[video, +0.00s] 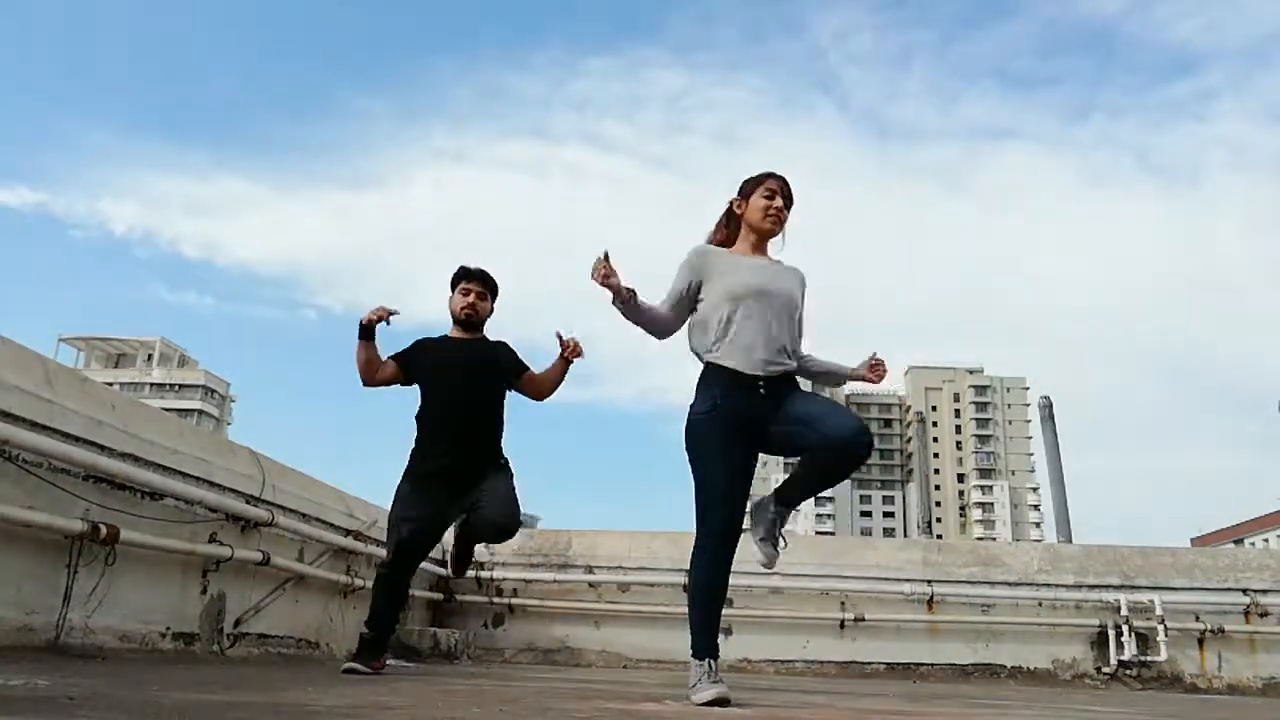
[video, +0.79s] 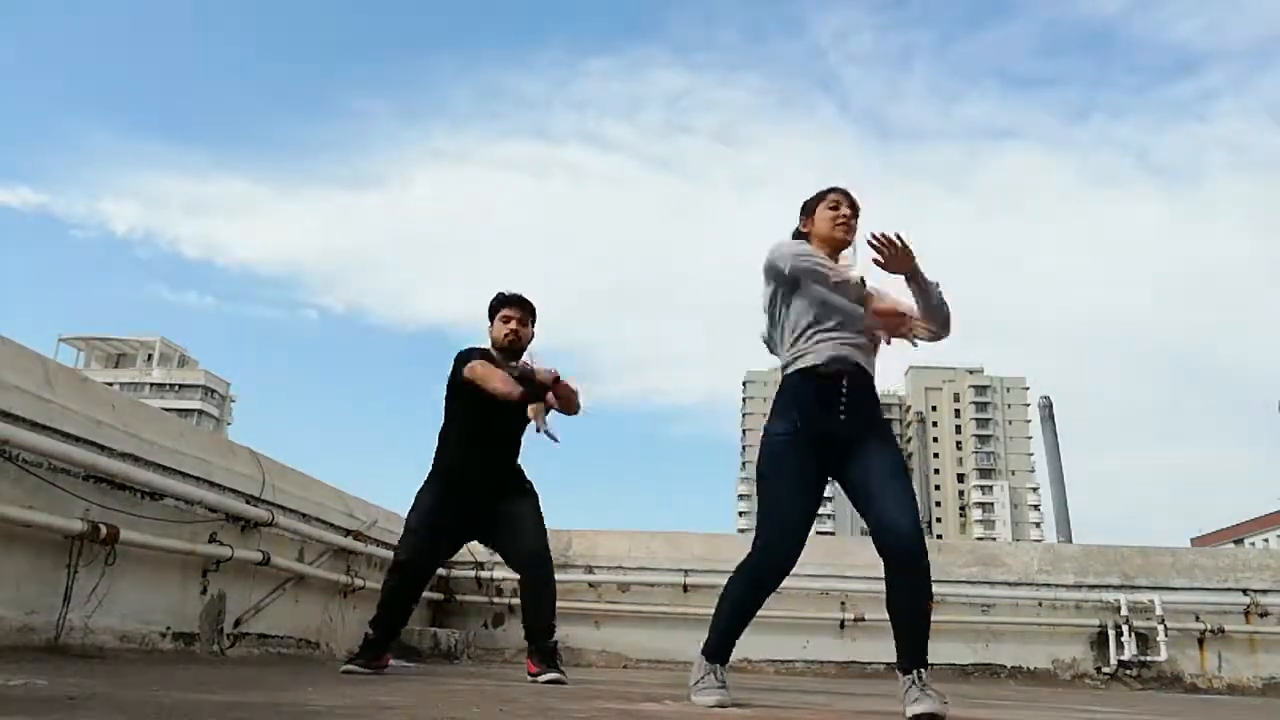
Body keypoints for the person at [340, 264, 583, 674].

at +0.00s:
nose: (471, 300)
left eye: (481, 296)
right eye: (465, 292)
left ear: (491, 309)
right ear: (450, 301)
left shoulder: (500, 355)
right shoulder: (426, 351)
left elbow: (539, 388)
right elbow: (372, 375)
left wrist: (563, 361)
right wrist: (366, 330)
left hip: (486, 469)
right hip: (430, 469)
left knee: (502, 523)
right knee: (398, 558)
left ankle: (466, 535)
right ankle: (372, 650)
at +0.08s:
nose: (488, 304)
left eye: (498, 300)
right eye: (481, 296)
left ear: (505, 314)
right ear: (466, 304)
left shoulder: (511, 359)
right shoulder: (438, 343)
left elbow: (560, 386)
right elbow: (393, 358)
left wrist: (559, 353)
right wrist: (439, 346)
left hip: (490, 470)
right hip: (435, 471)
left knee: (526, 518)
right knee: (404, 561)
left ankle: (511, 617)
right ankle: (371, 651)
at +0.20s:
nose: (493, 329)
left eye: (503, 325)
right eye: (487, 320)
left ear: (510, 338)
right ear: (471, 326)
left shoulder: (513, 376)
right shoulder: (448, 360)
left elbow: (550, 393)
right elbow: (469, 379)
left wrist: (535, 374)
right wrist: (512, 394)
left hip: (500, 492)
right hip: (443, 490)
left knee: (526, 557)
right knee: (405, 561)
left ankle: (544, 656)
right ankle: (374, 649)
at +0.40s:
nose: (507, 306)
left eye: (516, 303)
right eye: (500, 298)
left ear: (524, 316)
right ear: (485, 305)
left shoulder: (528, 369)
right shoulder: (458, 344)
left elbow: (568, 410)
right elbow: (425, 377)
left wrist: (578, 399)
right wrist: (475, 387)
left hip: (509, 487)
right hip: (453, 482)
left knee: (529, 571)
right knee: (416, 566)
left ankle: (542, 658)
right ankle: (375, 651)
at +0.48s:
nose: (512, 305)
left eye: (522, 302)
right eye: (505, 297)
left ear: (529, 315)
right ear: (490, 304)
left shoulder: (524, 364)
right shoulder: (460, 340)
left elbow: (549, 394)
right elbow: (399, 357)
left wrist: (589, 385)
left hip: (504, 485)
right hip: (449, 477)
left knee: (520, 565)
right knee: (414, 563)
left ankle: (540, 657)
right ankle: (376, 649)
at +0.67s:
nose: (517, 308)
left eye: (526, 305)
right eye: (510, 301)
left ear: (534, 319)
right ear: (494, 308)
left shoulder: (531, 370)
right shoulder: (467, 340)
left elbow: (571, 400)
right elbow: (420, 346)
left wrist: (588, 380)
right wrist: (467, 347)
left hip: (503, 488)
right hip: (448, 481)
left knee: (524, 569)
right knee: (411, 564)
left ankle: (542, 655)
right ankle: (375, 648)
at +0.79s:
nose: (514, 328)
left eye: (522, 323)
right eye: (506, 320)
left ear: (530, 334)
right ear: (491, 327)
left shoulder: (533, 376)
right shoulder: (471, 359)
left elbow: (572, 406)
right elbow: (501, 385)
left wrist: (548, 382)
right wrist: (536, 391)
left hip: (505, 492)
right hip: (450, 488)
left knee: (536, 560)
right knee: (409, 562)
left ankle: (542, 656)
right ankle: (375, 649)